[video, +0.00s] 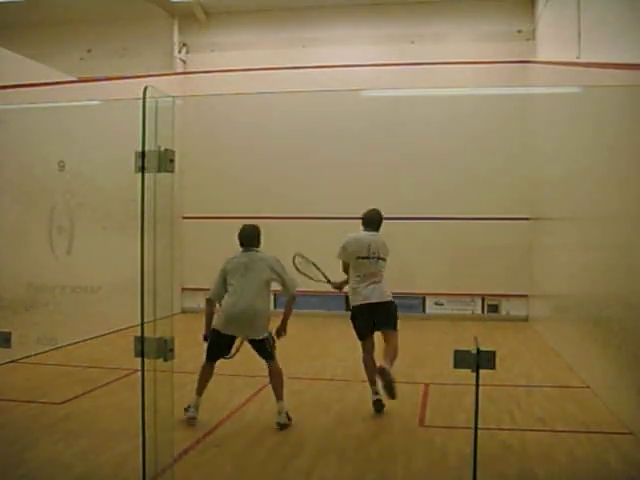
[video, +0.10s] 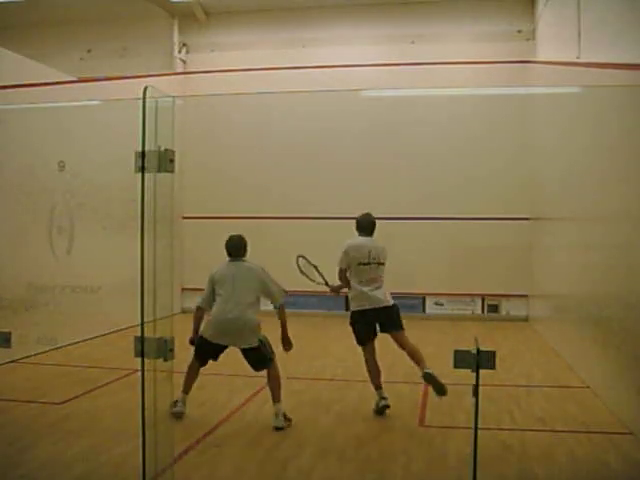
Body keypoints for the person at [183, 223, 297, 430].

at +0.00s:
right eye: (258, 239)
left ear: (239, 242)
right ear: (259, 241)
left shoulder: (229, 263)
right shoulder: (269, 261)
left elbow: (211, 299)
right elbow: (291, 293)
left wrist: (207, 329)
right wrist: (283, 323)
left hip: (227, 319)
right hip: (257, 321)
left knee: (209, 361)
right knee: (272, 363)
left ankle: (194, 406)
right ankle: (281, 411)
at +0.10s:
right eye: (243, 247)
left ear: (226, 252)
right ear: (245, 250)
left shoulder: (217, 273)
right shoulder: (257, 272)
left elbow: (201, 307)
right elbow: (279, 303)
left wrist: (194, 334)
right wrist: (285, 335)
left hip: (217, 327)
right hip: (247, 329)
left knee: (197, 361)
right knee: (270, 364)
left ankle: (181, 402)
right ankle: (279, 415)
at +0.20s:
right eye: (220, 243)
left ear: (203, 247)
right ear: (222, 246)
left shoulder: (193, 270)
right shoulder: (233, 268)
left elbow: (181, 303)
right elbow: (256, 301)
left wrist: (174, 331)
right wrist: (270, 330)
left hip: (198, 328)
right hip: (227, 329)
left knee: (182, 357)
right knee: (252, 364)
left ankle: (184, 402)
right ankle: (273, 408)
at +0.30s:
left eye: (181, 242)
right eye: (194, 240)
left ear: (178, 244)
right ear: (197, 243)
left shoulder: (170, 266)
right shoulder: (209, 266)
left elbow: (159, 298)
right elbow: (233, 295)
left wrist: (148, 325)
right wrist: (250, 322)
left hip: (174, 325)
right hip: (199, 325)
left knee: (158, 356)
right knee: (217, 359)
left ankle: (173, 395)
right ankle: (234, 395)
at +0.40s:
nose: (158, 256)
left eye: (156, 253)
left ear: (155, 254)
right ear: (173, 253)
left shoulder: (148, 276)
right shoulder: (185, 276)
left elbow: (137, 308)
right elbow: (210, 300)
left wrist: (123, 337)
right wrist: (231, 325)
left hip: (151, 335)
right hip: (177, 335)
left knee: (123, 351)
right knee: (183, 359)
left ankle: (137, 392)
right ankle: (202, 397)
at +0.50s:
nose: (120, 259)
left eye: (120, 256)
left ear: (121, 259)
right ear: (140, 258)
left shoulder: (118, 280)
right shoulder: (152, 278)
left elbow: (114, 316)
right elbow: (177, 306)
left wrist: (100, 346)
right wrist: (195, 331)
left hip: (130, 339)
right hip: (154, 338)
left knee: (93, 357)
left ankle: (96, 400)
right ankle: (197, 393)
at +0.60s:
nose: (88, 259)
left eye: (89, 256)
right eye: (88, 256)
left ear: (93, 257)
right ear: (109, 256)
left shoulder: (94, 278)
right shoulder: (121, 274)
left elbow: (92, 319)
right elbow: (147, 307)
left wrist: (79, 350)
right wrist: (153, 338)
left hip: (111, 336)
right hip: (128, 334)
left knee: (78, 366)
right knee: (117, 362)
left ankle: (93, 399)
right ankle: (157, 377)